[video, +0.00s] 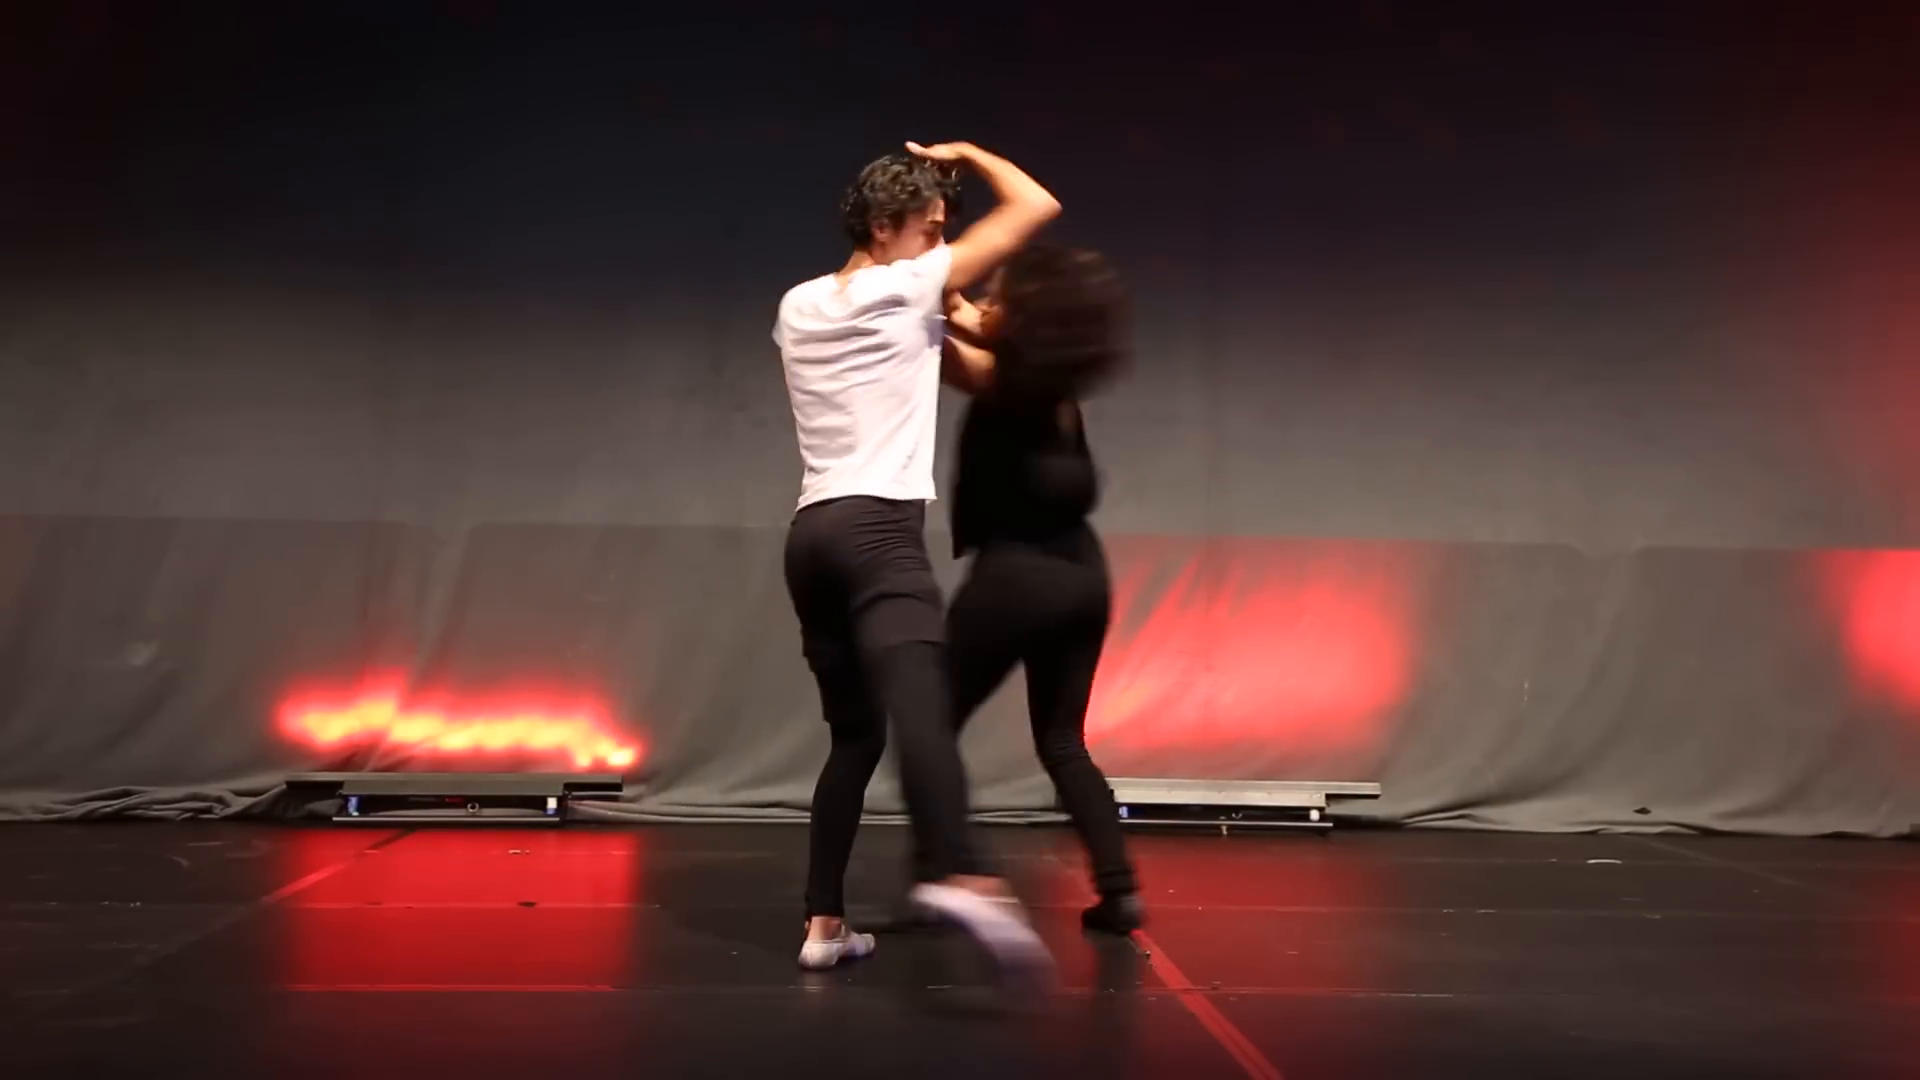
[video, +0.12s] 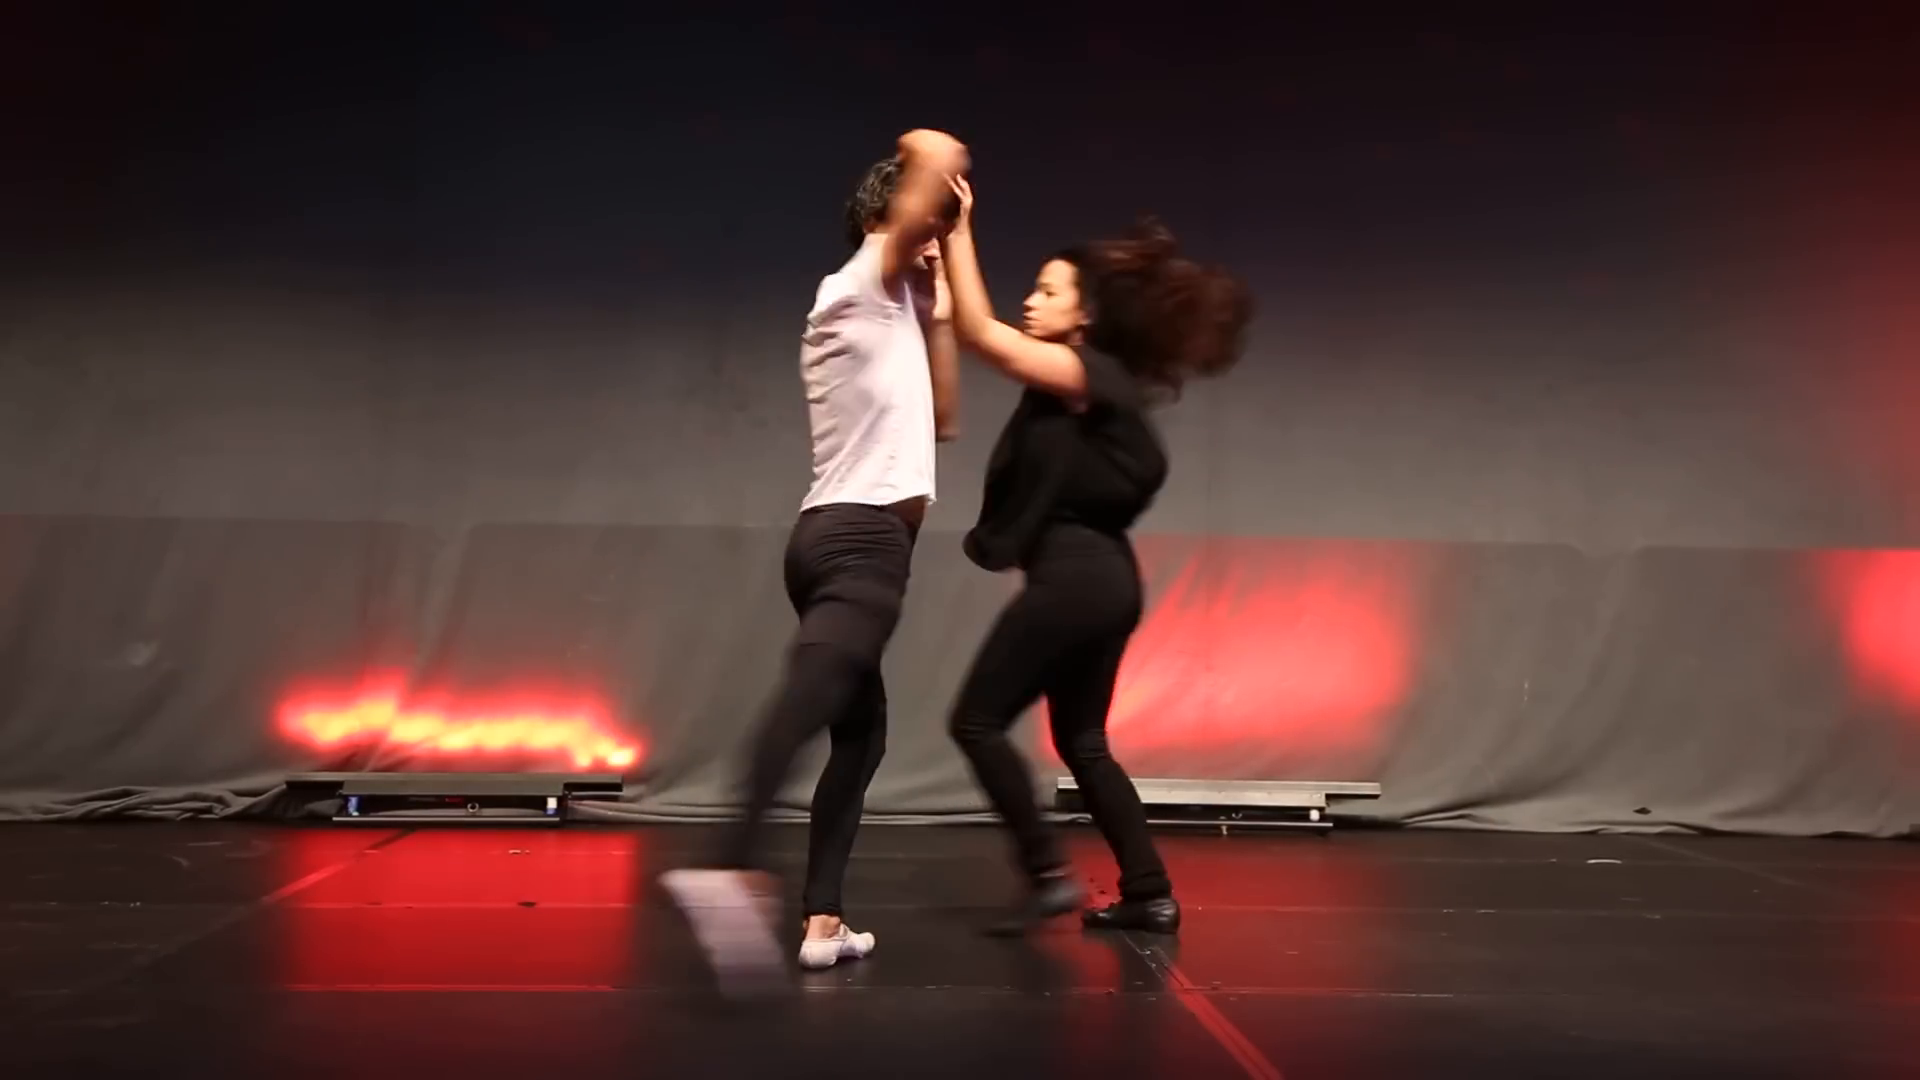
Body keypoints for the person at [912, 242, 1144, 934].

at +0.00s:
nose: (982, 303)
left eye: (998, 296)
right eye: (988, 293)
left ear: (1021, 316)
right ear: (1077, 324)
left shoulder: (997, 377)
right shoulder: (1063, 385)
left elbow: (922, 340)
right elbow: (990, 340)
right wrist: (939, 304)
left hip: (1008, 580)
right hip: (1079, 579)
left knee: (929, 720)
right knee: (1063, 743)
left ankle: (945, 875)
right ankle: (1119, 893)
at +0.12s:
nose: (1030, 301)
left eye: (1048, 292)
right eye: (1036, 288)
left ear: (1090, 310)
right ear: (1084, 314)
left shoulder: (1082, 370)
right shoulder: (1097, 376)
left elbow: (976, 327)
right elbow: (979, 332)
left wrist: (953, 228)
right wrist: (951, 235)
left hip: (1073, 577)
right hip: (1103, 577)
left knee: (976, 722)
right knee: (1083, 744)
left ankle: (1044, 874)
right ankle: (1149, 897)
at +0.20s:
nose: (1055, 302)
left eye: (1072, 292)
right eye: (1059, 290)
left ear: (1112, 308)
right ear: (1093, 312)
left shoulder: (1124, 370)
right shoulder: (1091, 370)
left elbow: (1027, 324)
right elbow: (1007, 338)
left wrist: (972, 222)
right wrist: (959, 247)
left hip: (1108, 577)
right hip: (1110, 575)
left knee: (1017, 729)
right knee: (1088, 742)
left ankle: (1118, 872)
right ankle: (1148, 894)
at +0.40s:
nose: (1089, 274)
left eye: (1105, 266)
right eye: (1091, 265)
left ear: (1148, 285)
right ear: (1099, 284)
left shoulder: (1153, 340)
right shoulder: (1076, 349)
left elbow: (1055, 271)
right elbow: (1016, 285)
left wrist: (997, 182)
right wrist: (984, 203)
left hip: (1173, 564)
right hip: (1117, 569)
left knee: (1143, 728)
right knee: (1115, 734)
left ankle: (1229, 890)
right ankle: (1152, 894)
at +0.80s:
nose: (1130, 272)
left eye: (1147, 261)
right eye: (1133, 261)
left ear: (1193, 273)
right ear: (1142, 277)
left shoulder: (1219, 333)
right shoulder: (1130, 335)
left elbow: (1096, 331)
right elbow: (1073, 315)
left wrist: (1024, 263)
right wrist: (1002, 255)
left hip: (1248, 560)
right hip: (1179, 563)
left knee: (1232, 731)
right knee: (1125, 710)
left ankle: (1234, 908)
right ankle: (1154, 866)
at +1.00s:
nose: (1154, 283)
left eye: (1170, 272)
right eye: (1157, 271)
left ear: (1217, 282)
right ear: (1190, 287)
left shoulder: (1233, 358)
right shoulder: (1163, 359)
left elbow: (1136, 419)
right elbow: (1064, 352)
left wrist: (1042, 369)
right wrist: (992, 339)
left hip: (1259, 574)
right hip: (1194, 579)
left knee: (1235, 737)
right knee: (1123, 715)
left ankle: (1235, 910)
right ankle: (1229, 827)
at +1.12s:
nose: (1168, 286)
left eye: (1183, 274)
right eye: (1171, 273)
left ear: (1228, 283)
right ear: (1206, 288)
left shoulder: (1237, 363)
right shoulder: (1200, 369)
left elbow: (1159, 441)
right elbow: (1129, 423)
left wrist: (1051, 427)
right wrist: (1041, 429)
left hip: (1253, 576)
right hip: (1208, 578)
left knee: (1227, 739)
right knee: (1157, 734)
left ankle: (1238, 904)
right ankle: (1254, 863)